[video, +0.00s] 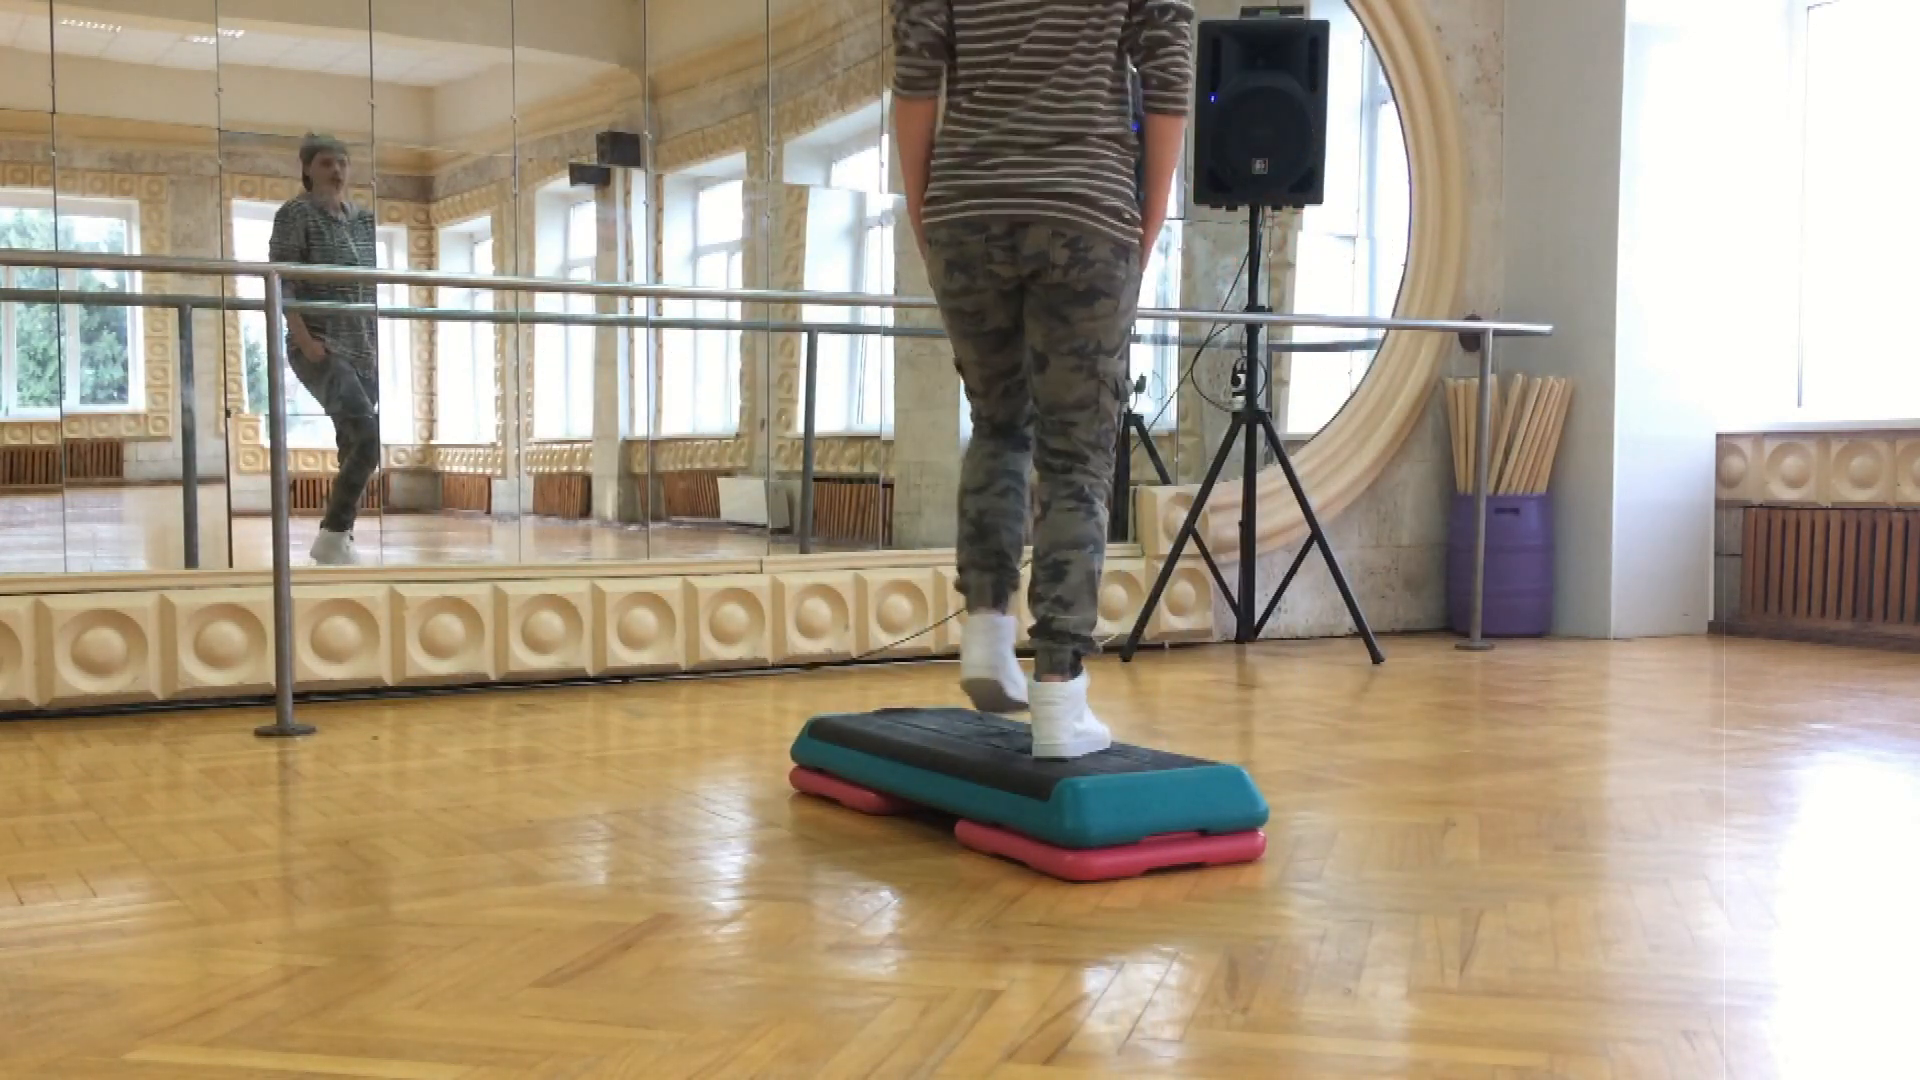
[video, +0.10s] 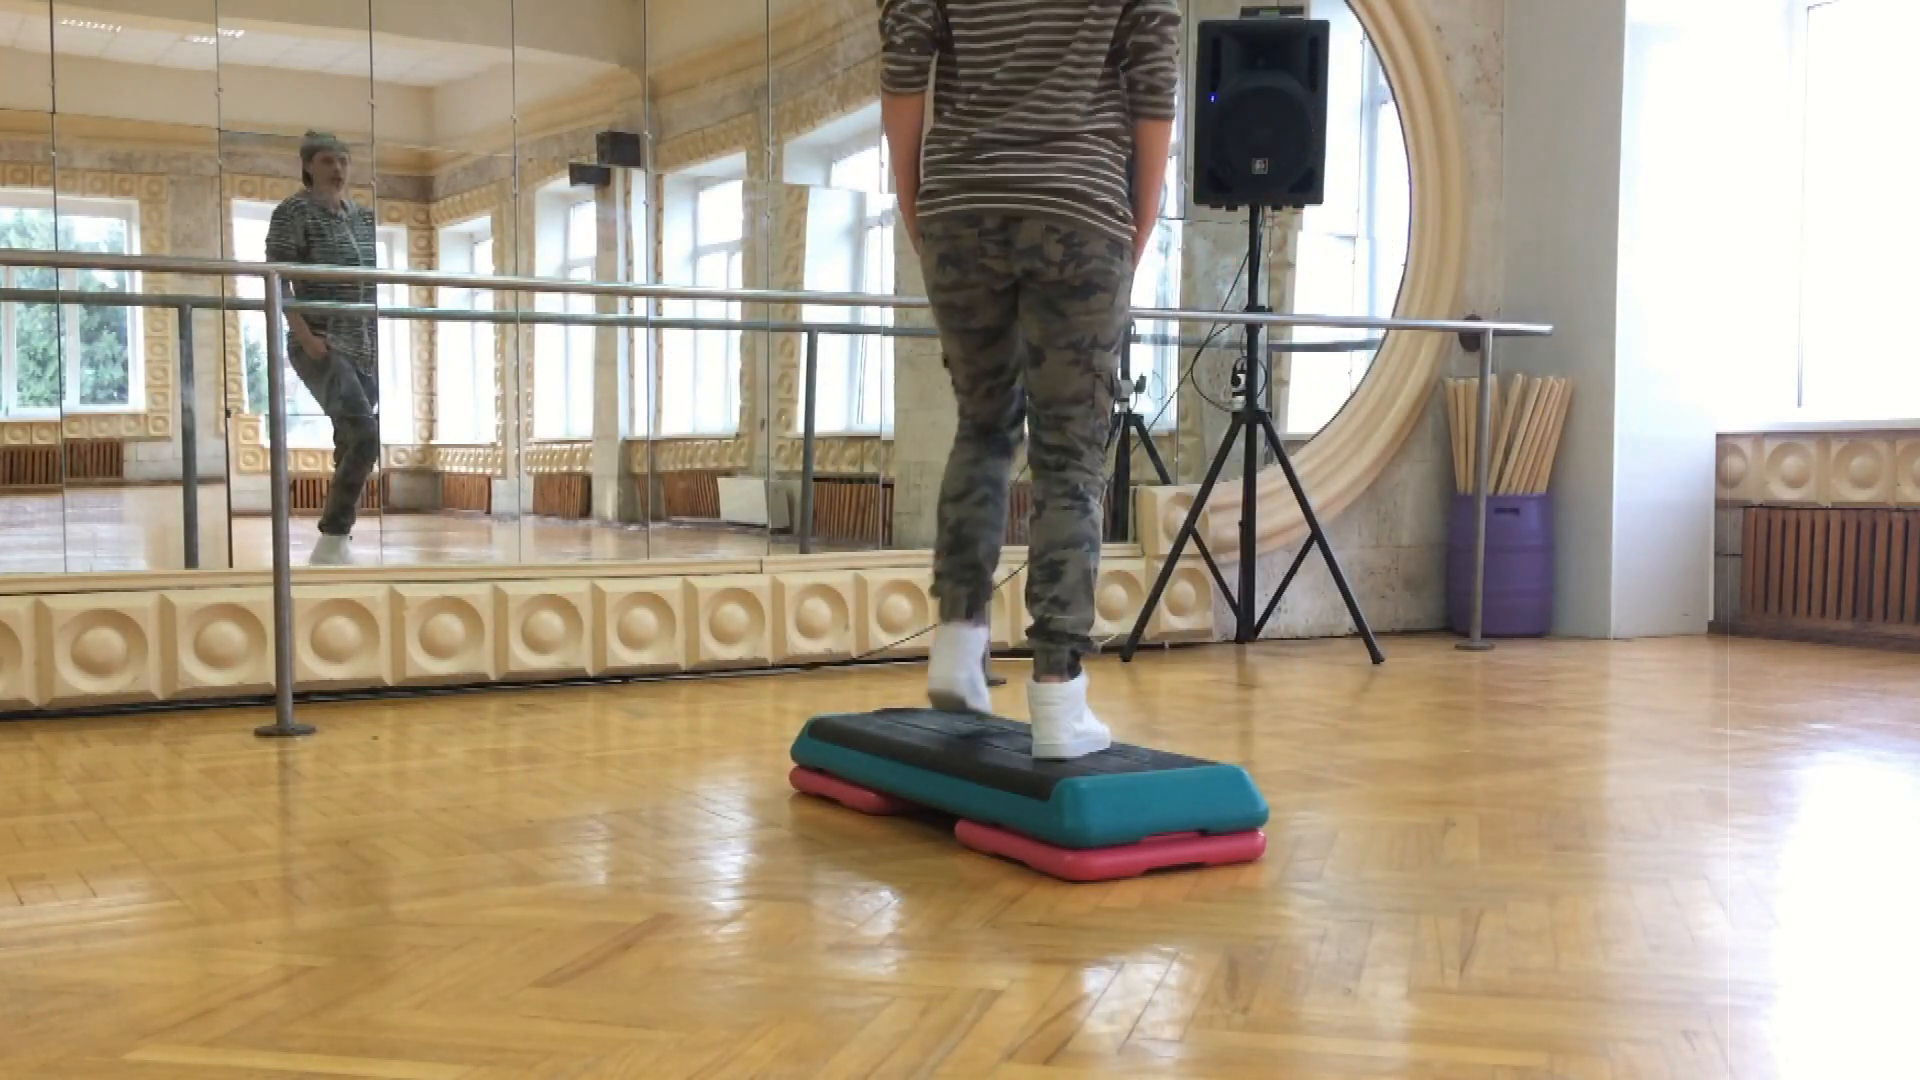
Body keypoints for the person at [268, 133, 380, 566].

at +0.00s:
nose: (336, 168)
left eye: (341, 162)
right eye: (326, 162)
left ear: (349, 171)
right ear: (307, 170)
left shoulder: (362, 219)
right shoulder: (296, 212)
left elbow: (366, 285)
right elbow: (279, 280)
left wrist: (370, 340)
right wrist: (303, 337)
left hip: (363, 347)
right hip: (319, 345)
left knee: (360, 446)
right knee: (364, 438)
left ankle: (338, 541)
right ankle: (331, 537)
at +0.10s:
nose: (337, 166)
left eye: (342, 160)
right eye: (327, 160)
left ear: (350, 168)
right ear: (307, 168)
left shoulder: (362, 218)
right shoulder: (293, 211)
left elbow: (365, 284)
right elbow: (277, 279)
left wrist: (370, 339)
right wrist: (305, 336)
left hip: (362, 346)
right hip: (319, 343)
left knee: (354, 444)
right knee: (364, 436)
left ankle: (334, 543)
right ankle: (332, 539)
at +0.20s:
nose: (339, 172)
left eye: (343, 166)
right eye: (329, 166)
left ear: (349, 173)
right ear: (308, 172)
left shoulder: (363, 228)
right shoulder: (293, 222)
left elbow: (366, 294)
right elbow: (276, 293)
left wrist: (369, 346)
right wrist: (304, 346)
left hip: (363, 355)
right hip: (321, 355)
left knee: (366, 454)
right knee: (359, 451)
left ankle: (336, 547)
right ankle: (331, 549)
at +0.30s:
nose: (340, 177)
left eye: (344, 172)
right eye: (330, 171)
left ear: (349, 179)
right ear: (308, 175)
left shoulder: (361, 230)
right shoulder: (294, 223)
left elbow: (367, 295)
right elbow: (282, 294)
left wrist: (370, 350)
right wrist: (299, 349)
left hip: (362, 362)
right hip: (319, 360)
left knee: (369, 464)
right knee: (352, 456)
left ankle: (342, 549)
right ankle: (330, 551)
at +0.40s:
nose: (340, 179)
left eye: (346, 173)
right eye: (331, 172)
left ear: (351, 180)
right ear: (309, 177)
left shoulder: (362, 226)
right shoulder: (297, 216)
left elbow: (365, 291)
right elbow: (281, 285)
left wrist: (370, 350)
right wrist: (298, 347)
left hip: (359, 360)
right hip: (317, 358)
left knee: (384, 456)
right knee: (353, 455)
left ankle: (348, 539)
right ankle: (329, 549)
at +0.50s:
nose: (345, 181)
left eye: (349, 174)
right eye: (335, 173)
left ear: (353, 181)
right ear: (311, 178)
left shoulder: (363, 228)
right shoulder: (295, 221)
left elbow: (367, 294)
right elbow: (280, 290)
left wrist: (371, 352)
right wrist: (299, 349)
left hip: (361, 362)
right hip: (319, 360)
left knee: (385, 455)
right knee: (354, 458)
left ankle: (352, 540)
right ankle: (330, 551)